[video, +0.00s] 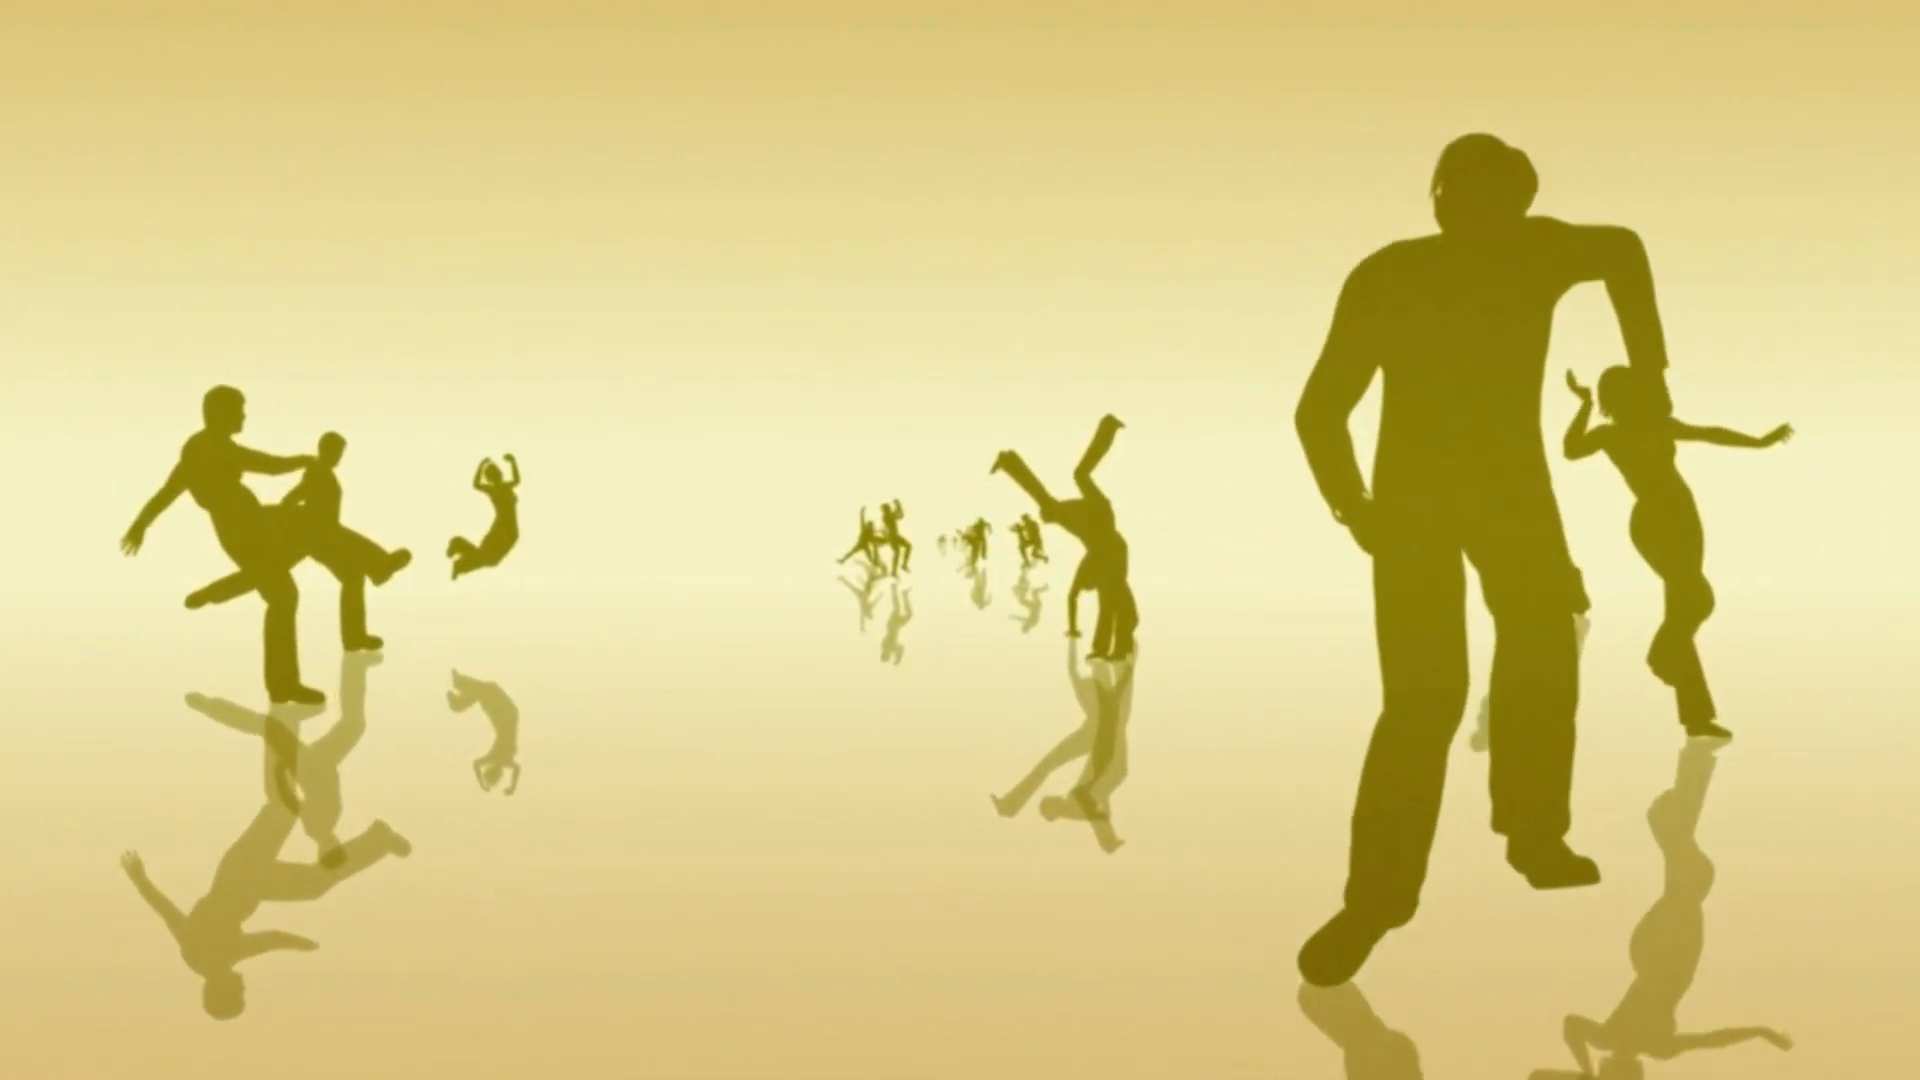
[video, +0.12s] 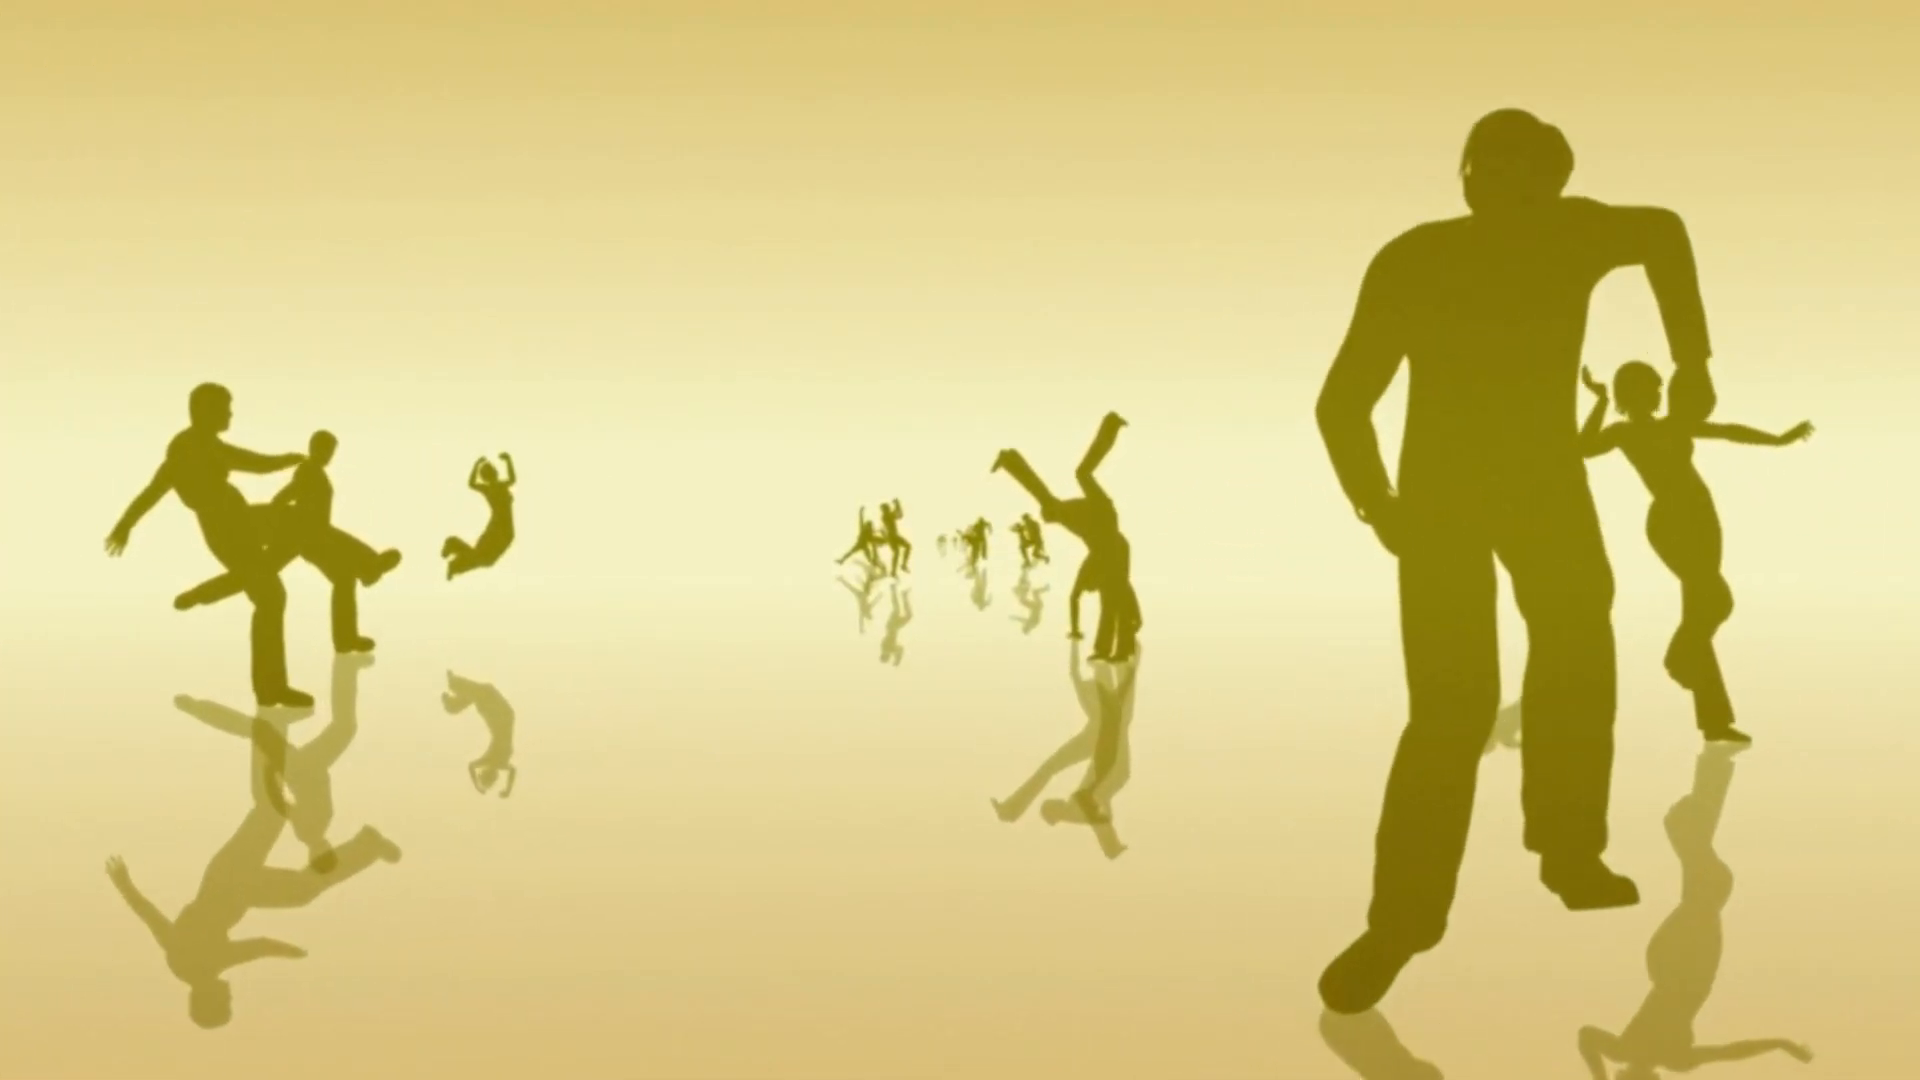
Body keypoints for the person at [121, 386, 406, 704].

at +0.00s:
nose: (244, 418)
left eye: (242, 412)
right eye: (238, 412)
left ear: (218, 413)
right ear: (221, 413)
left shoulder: (219, 448)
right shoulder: (208, 450)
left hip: (257, 525)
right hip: (244, 533)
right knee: (284, 598)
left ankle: (377, 565)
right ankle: (282, 687)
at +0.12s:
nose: (230, 415)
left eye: (229, 408)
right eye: (224, 408)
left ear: (208, 412)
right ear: (206, 411)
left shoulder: (211, 446)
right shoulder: (187, 450)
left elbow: (255, 463)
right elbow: (155, 490)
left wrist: (291, 458)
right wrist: (125, 525)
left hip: (244, 521)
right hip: (227, 532)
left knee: (300, 529)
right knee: (271, 597)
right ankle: (271, 689)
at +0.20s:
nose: (313, 453)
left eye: (315, 448)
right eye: (311, 447)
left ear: (312, 449)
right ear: (302, 447)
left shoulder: (301, 474)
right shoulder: (295, 474)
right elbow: (268, 497)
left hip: (293, 534)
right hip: (289, 535)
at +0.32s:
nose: (304, 452)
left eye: (306, 447)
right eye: (301, 445)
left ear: (303, 448)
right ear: (292, 446)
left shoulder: (294, 475)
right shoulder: (284, 473)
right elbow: (256, 497)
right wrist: (249, 520)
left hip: (285, 535)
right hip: (276, 535)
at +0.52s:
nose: (156, 403)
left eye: (156, 396)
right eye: (150, 396)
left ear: (133, 397)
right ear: (130, 397)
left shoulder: (135, 436)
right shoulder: (113, 438)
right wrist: (41, 525)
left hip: (174, 516)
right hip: (153, 531)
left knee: (243, 522)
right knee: (202, 603)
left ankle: (303, 569)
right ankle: (201, 705)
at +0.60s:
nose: (130, 398)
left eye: (129, 391)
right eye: (124, 391)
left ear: (105, 393)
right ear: (102, 392)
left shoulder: (92, 432)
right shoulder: (93, 434)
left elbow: (45, 485)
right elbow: (161, 454)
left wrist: (12, 522)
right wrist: (200, 449)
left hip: (149, 517)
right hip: (130, 531)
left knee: (222, 521)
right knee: (177, 604)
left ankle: (286, 568)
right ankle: (178, 709)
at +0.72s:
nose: (255, 445)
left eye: (257, 440)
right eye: (251, 439)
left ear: (255, 441)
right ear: (240, 439)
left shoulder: (240, 466)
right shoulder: (231, 465)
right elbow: (202, 494)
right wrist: (190, 515)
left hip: (233, 536)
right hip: (217, 535)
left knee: (273, 576)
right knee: (171, 583)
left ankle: (274, 651)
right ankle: (110, 602)